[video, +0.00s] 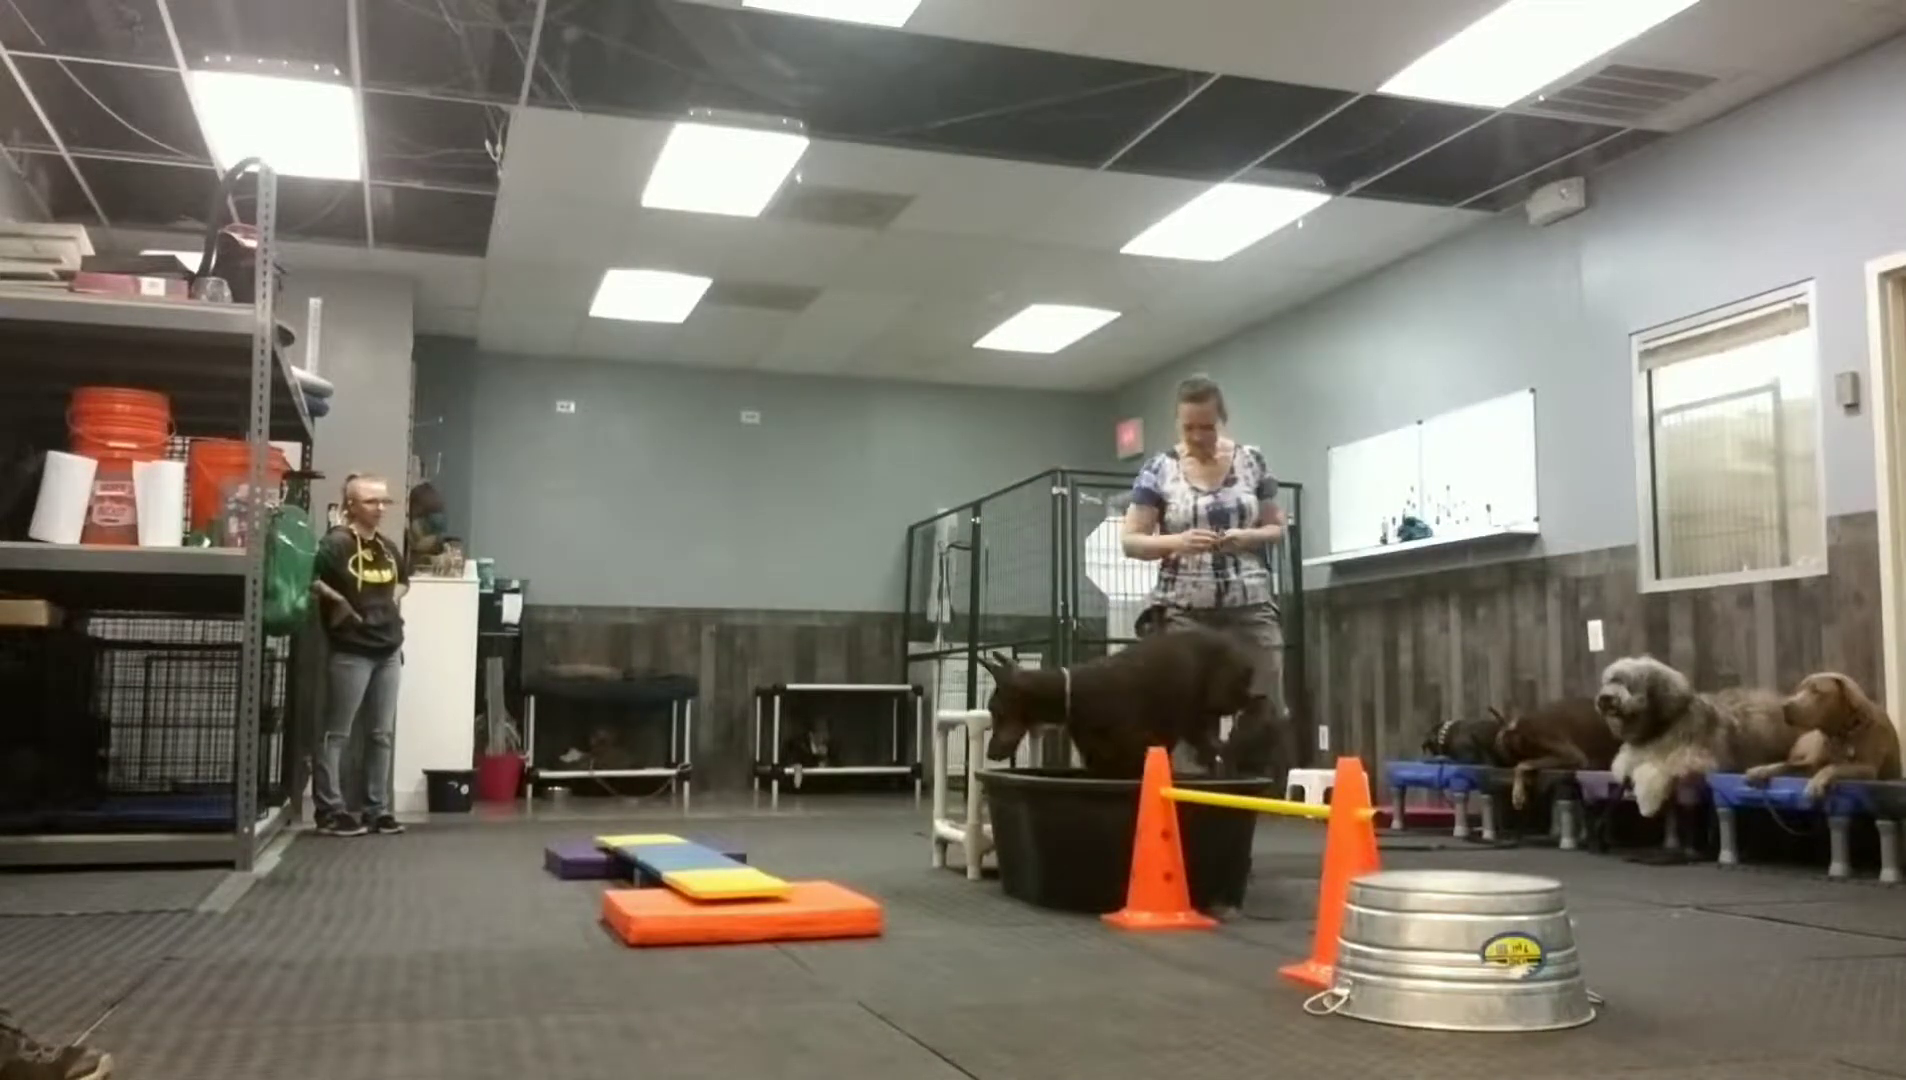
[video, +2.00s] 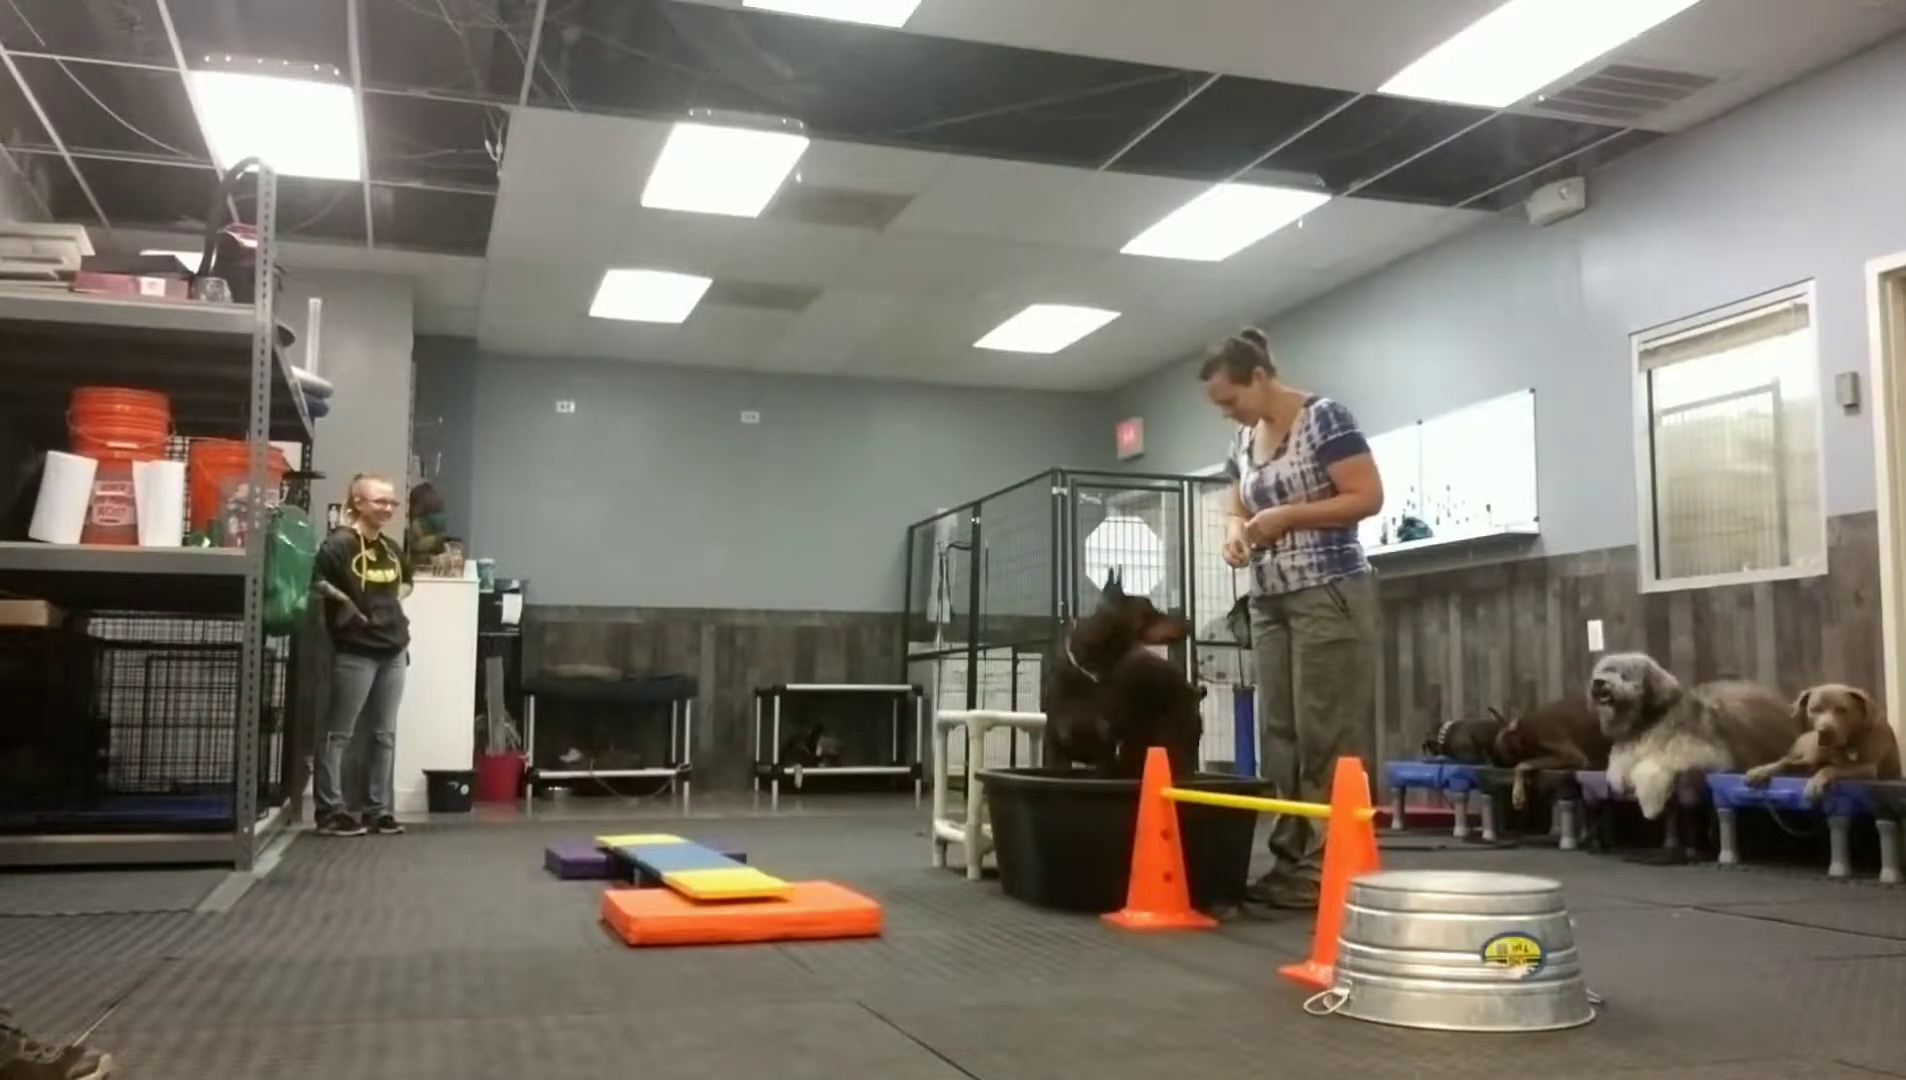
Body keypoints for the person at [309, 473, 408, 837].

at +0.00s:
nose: (379, 508)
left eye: (382, 502)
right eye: (371, 502)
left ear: (385, 505)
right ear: (351, 505)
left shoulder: (386, 545)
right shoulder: (336, 542)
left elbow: (401, 582)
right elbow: (312, 578)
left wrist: (392, 612)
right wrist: (340, 603)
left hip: (388, 649)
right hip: (351, 648)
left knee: (381, 734)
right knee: (337, 734)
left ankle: (376, 810)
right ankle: (329, 810)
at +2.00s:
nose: (389, 509)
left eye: (392, 503)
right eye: (381, 502)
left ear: (392, 507)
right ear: (358, 504)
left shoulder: (389, 547)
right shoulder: (338, 546)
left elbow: (403, 584)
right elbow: (317, 586)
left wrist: (394, 621)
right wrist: (347, 607)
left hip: (393, 649)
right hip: (355, 649)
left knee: (383, 734)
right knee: (338, 735)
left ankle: (377, 811)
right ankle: (330, 811)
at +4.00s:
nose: (390, 504)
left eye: (392, 498)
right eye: (381, 498)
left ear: (394, 504)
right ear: (359, 503)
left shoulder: (392, 546)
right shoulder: (340, 546)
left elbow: (406, 583)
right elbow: (316, 585)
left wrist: (396, 624)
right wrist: (347, 609)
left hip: (393, 649)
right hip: (355, 650)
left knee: (383, 734)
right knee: (339, 734)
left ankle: (378, 811)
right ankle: (330, 811)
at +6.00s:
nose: (380, 512)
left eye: (385, 506)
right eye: (372, 505)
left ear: (388, 509)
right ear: (353, 508)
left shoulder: (388, 549)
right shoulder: (339, 542)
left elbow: (427, 568)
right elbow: (322, 579)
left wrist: (406, 537)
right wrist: (348, 602)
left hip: (390, 649)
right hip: (354, 648)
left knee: (383, 734)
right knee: (339, 733)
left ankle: (378, 809)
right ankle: (331, 810)